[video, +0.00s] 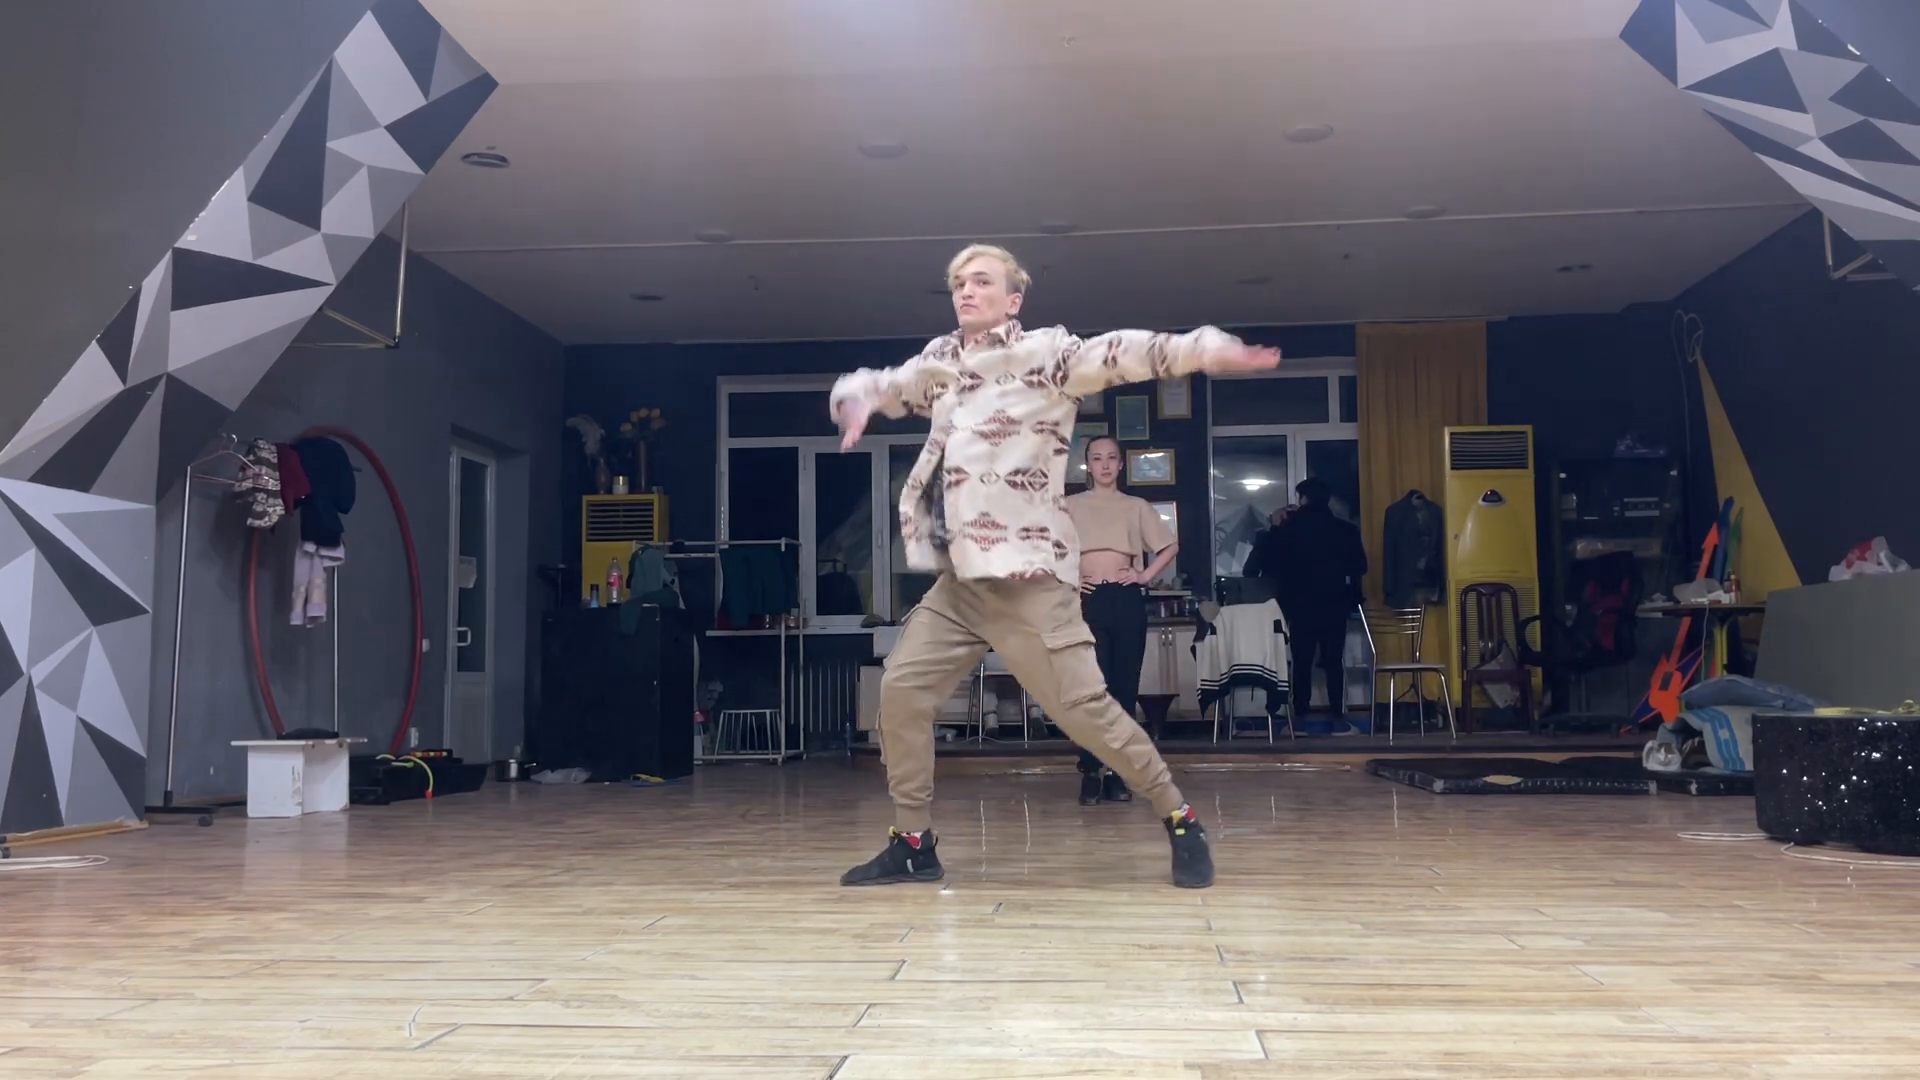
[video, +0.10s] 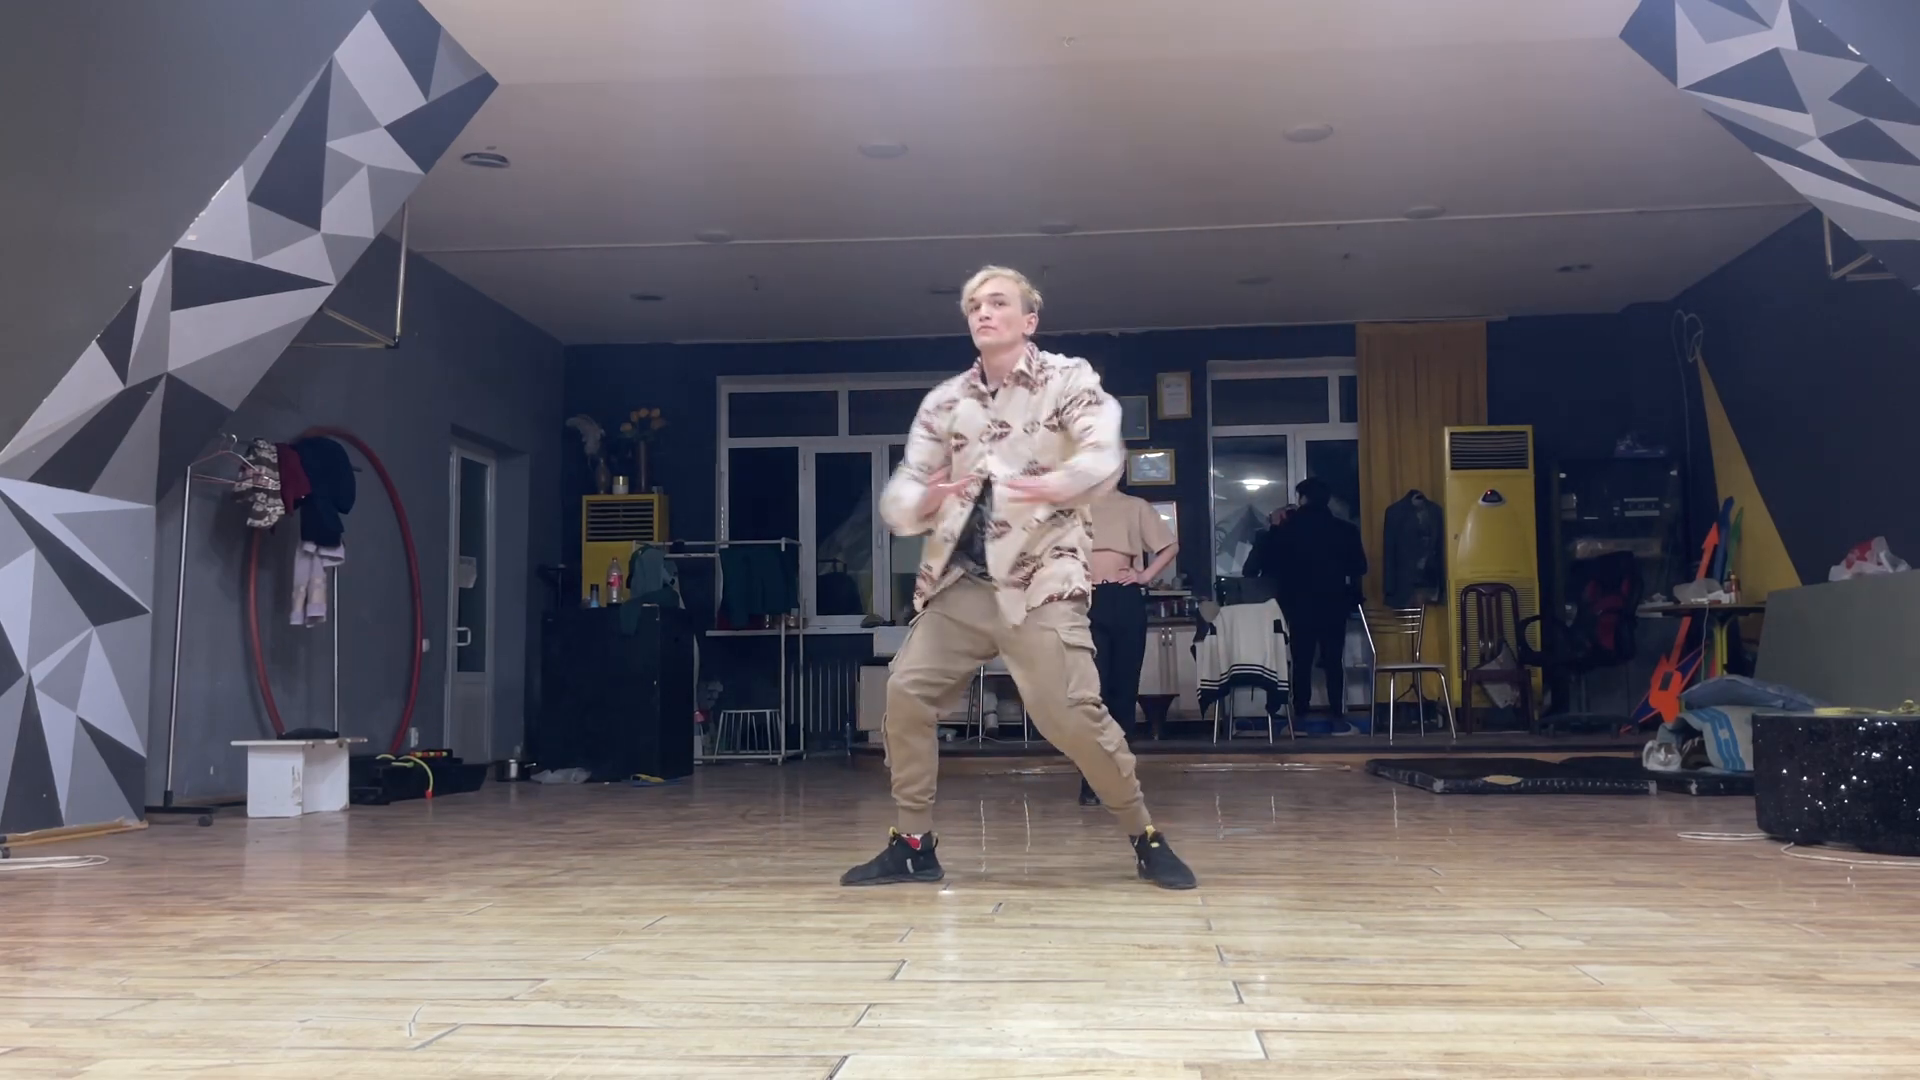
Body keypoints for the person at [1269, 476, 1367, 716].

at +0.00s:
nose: (1299, 502)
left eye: (1300, 498)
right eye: (1300, 498)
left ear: (1303, 499)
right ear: (1327, 499)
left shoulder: (1288, 529)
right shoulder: (1345, 529)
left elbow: (1267, 566)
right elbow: (1359, 568)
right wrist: (1353, 598)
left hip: (1300, 605)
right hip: (1333, 604)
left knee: (1302, 661)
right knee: (1334, 661)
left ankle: (1300, 719)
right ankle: (1337, 719)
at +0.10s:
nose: (1299, 502)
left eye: (1300, 498)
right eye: (1300, 498)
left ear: (1303, 499)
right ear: (1327, 499)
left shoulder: (1288, 529)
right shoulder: (1345, 529)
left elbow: (1270, 566)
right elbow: (1358, 568)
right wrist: (1353, 598)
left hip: (1299, 604)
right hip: (1333, 603)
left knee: (1301, 661)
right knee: (1333, 661)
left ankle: (1300, 719)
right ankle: (1337, 718)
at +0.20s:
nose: (1299, 502)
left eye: (1300, 498)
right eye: (1300, 498)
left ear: (1303, 499)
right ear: (1327, 499)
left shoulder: (1288, 529)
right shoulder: (1345, 529)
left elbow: (1270, 566)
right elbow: (1358, 568)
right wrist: (1353, 598)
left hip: (1300, 604)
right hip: (1333, 604)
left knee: (1301, 661)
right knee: (1333, 661)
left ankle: (1300, 718)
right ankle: (1337, 718)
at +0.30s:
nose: (1299, 502)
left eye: (1300, 498)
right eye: (1300, 498)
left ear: (1303, 499)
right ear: (1327, 499)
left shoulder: (1287, 528)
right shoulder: (1345, 529)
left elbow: (1270, 566)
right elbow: (1358, 568)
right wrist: (1353, 598)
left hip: (1299, 603)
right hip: (1333, 603)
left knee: (1301, 661)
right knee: (1333, 661)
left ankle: (1300, 718)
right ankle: (1337, 718)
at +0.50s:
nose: (1299, 502)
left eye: (1300, 498)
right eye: (1300, 498)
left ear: (1302, 499)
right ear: (1327, 499)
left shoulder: (1286, 529)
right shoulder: (1345, 530)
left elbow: (1252, 568)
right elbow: (1358, 568)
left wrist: (1271, 527)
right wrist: (1352, 597)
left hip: (1297, 605)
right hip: (1333, 604)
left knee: (1301, 661)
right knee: (1333, 661)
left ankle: (1300, 719)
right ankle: (1337, 719)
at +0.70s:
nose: (1298, 502)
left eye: (1299, 498)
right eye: (1300, 498)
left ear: (1302, 500)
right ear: (1327, 500)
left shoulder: (1285, 528)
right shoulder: (1345, 529)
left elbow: (1250, 567)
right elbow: (1358, 568)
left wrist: (1270, 527)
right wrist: (1355, 598)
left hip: (1297, 604)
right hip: (1333, 603)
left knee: (1300, 660)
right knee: (1333, 661)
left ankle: (1299, 717)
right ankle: (1337, 719)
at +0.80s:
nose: (1299, 502)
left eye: (1299, 499)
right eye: (1301, 499)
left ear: (1302, 500)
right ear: (1327, 500)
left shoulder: (1285, 529)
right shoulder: (1345, 529)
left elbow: (1250, 568)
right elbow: (1358, 568)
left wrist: (1268, 527)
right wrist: (1354, 598)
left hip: (1297, 605)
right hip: (1333, 603)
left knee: (1300, 661)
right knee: (1333, 660)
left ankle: (1299, 717)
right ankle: (1337, 718)